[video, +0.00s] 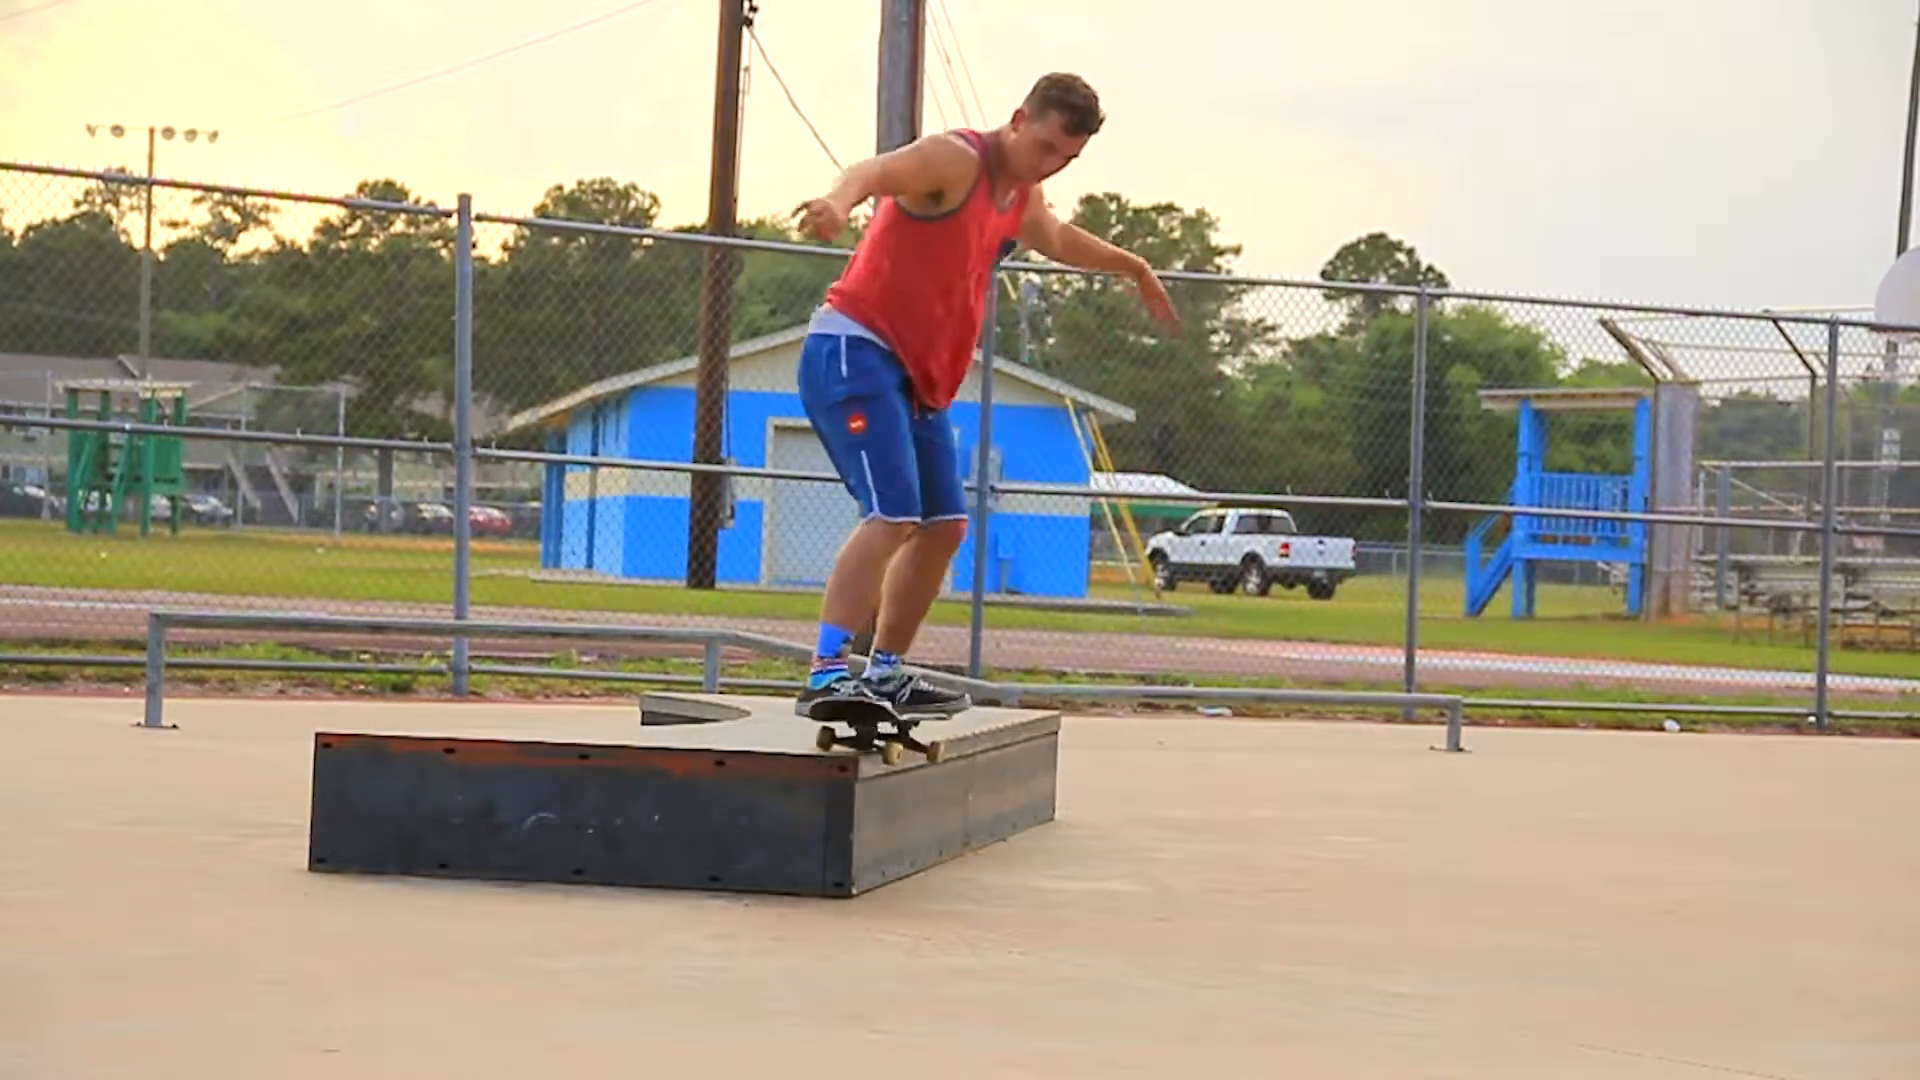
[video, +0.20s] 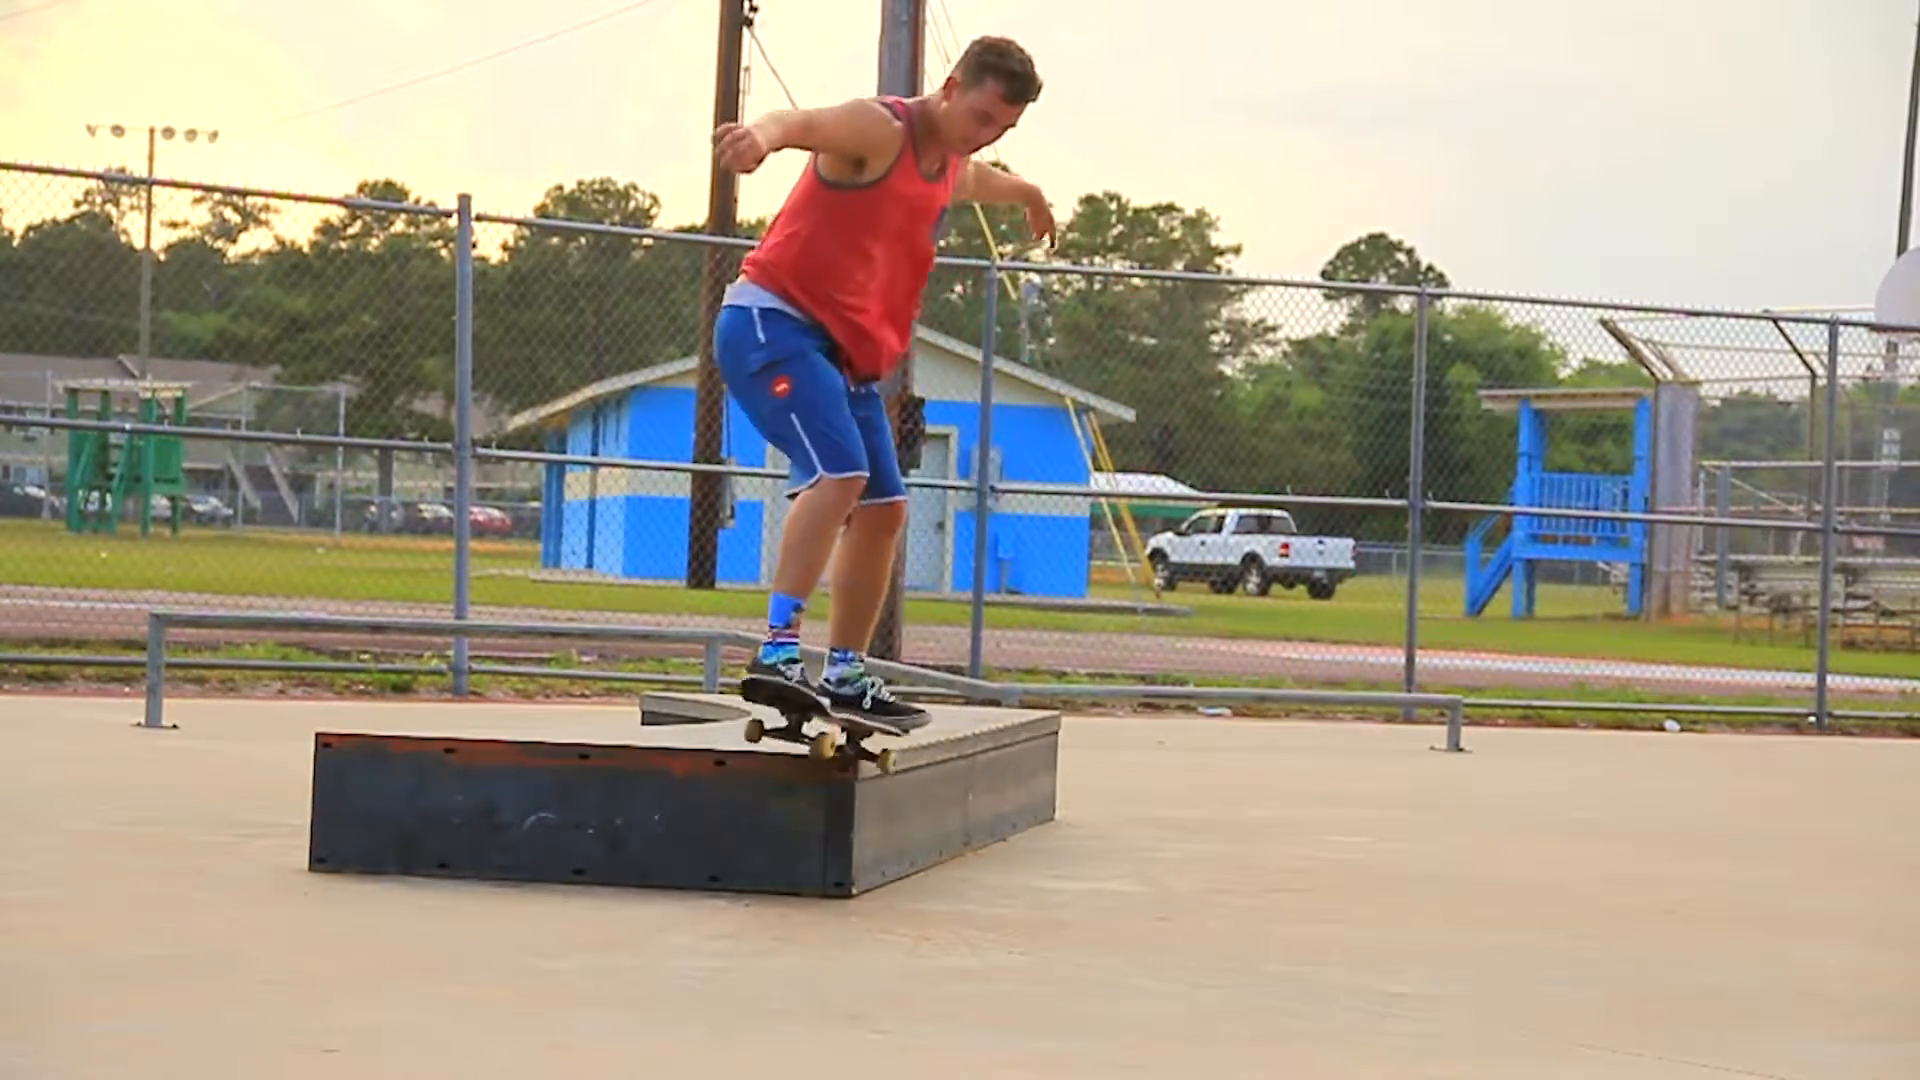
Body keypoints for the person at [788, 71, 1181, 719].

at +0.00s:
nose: (1051, 166)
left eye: (1066, 158)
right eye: (1048, 147)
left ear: (1076, 154)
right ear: (1018, 119)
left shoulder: (1025, 198)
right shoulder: (954, 158)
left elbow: (1061, 241)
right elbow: (869, 174)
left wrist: (1135, 265)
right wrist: (836, 202)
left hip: (914, 378)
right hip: (852, 349)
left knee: (942, 525)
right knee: (892, 513)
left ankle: (882, 675)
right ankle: (829, 673)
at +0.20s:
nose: (988, 138)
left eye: (1002, 128)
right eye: (984, 118)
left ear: (1009, 121)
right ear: (948, 87)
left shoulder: (952, 168)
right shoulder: (879, 125)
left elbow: (984, 182)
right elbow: (802, 125)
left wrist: (1030, 194)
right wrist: (758, 136)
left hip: (844, 353)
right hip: (773, 319)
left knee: (884, 507)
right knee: (839, 474)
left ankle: (843, 674)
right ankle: (776, 655)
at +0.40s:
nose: (898, 221)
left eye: (910, 210)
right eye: (895, 200)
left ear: (906, 197)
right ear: (854, 168)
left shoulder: (844, 252)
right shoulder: (779, 226)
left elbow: (866, 276)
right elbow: (675, 279)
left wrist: (935, 294)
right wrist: (651, 363)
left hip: (765, 472)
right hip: (702, 454)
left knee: (797, 650)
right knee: (739, 646)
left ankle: (735, 832)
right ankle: (693, 834)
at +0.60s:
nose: (795, 244)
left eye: (807, 232)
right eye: (790, 224)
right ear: (747, 188)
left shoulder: (738, 274)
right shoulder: (657, 248)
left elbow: (703, 393)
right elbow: (568, 354)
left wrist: (776, 464)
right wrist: (598, 487)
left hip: (664, 496)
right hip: (587, 480)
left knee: (727, 653)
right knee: (667, 658)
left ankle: (682, 847)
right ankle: (618, 853)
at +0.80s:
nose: (635, 162)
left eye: (647, 147)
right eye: (629, 140)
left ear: (646, 140)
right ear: (579, 108)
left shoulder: (601, 210)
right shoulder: (481, 186)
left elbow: (615, 327)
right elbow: (399, 310)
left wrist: (618, 362)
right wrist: (463, 435)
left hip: (533, 464)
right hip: (434, 450)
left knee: (579, 649)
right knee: (507, 652)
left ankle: (588, 860)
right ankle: (491, 869)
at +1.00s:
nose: (402, 81)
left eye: (418, 63)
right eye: (389, 56)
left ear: (427, 55)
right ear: (333, 31)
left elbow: (426, 282)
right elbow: (150, 272)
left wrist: (466, 371)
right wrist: (214, 404)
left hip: (361, 444)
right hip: (259, 436)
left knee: (402, 646)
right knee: (308, 657)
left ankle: (421, 870)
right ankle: (306, 881)